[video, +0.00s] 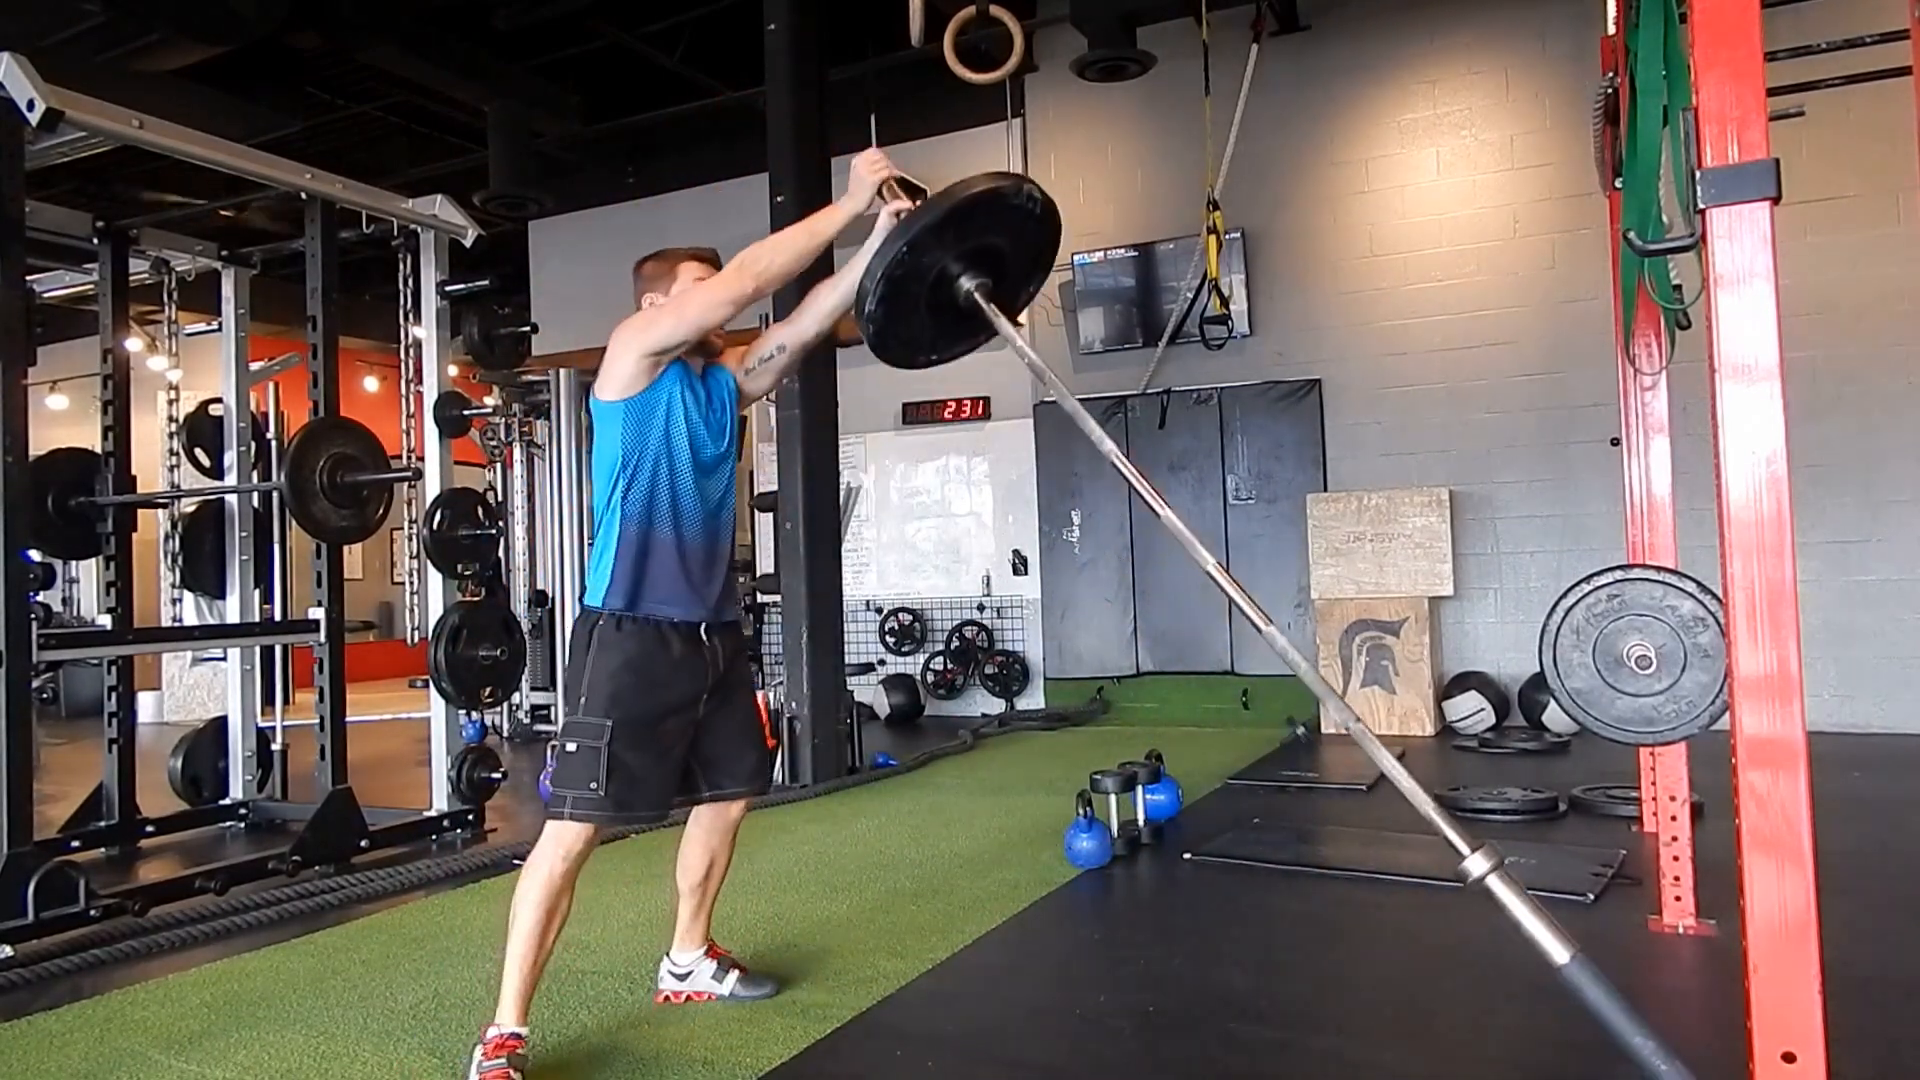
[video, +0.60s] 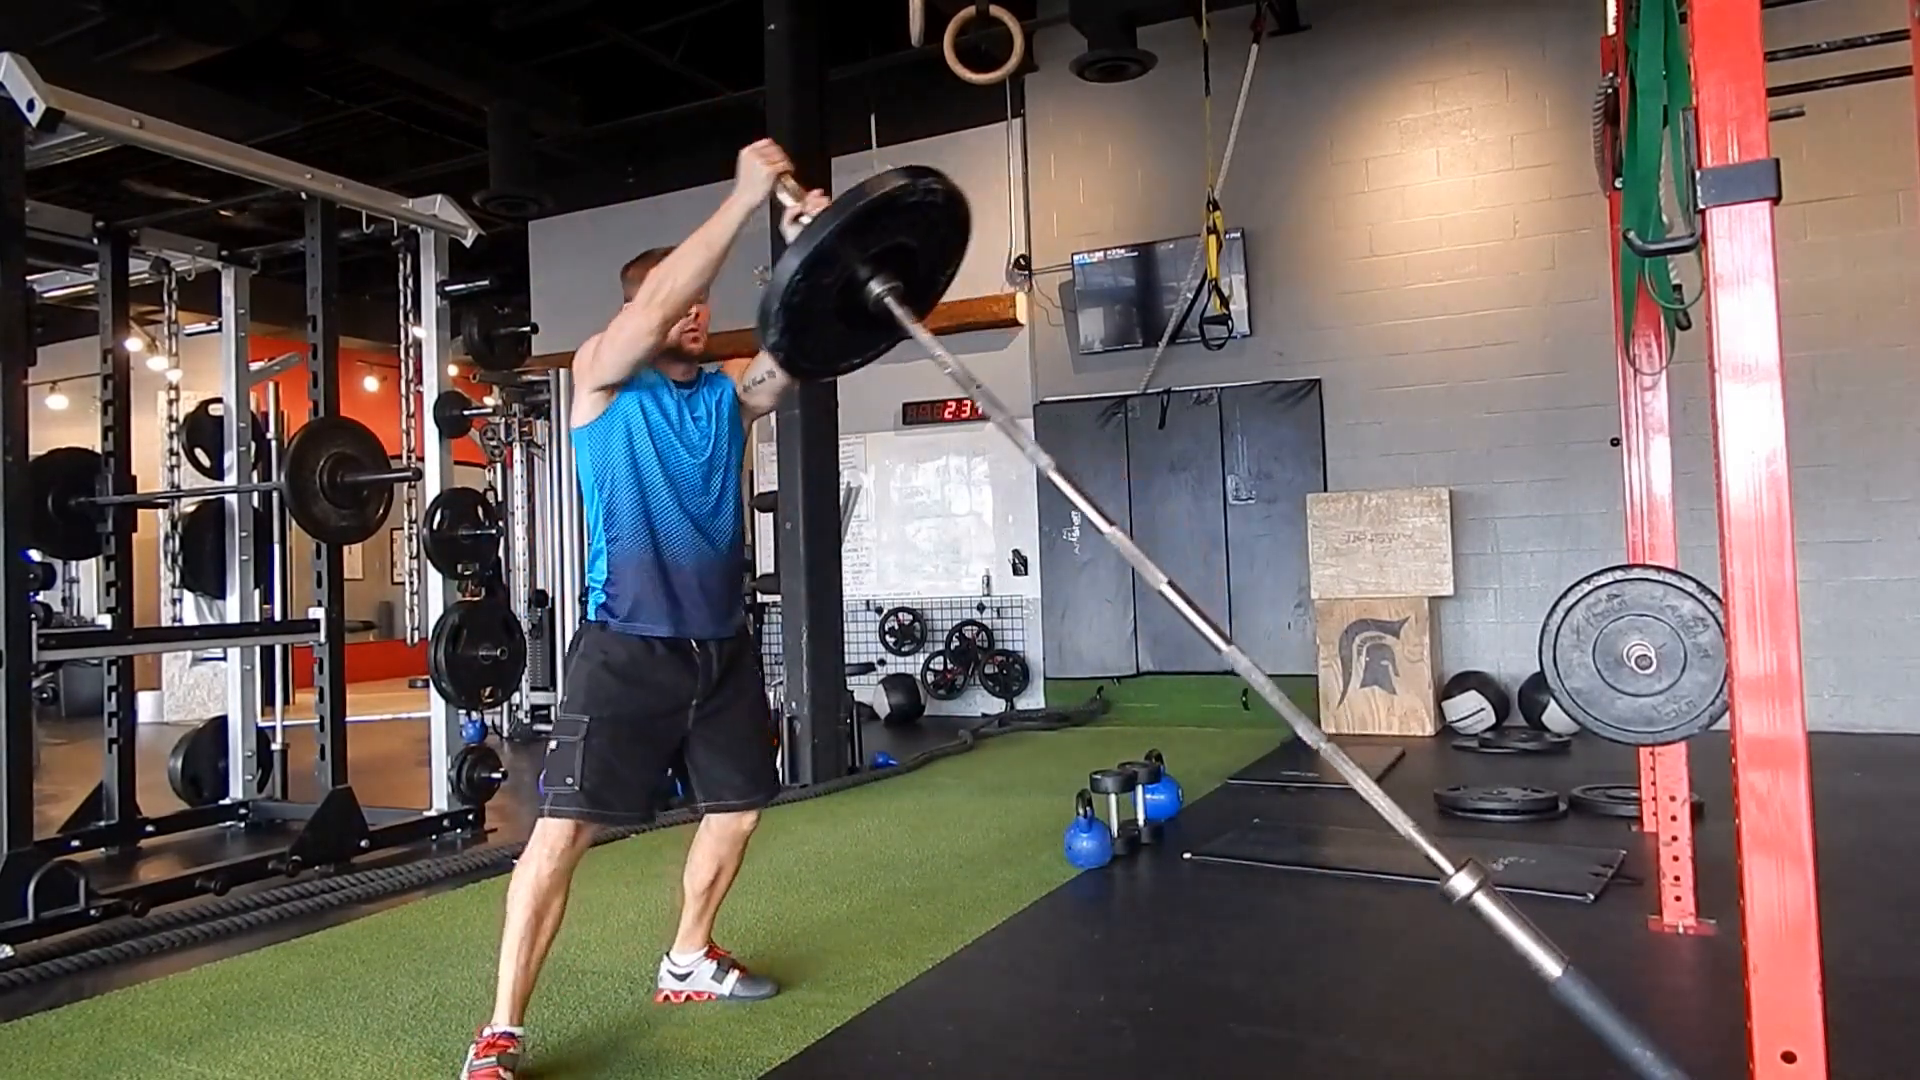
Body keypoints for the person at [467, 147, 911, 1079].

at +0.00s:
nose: (721, 288)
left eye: (720, 279)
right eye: (705, 278)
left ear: (708, 296)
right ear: (657, 296)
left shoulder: (728, 371)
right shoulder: (630, 349)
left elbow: (809, 320)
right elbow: (738, 288)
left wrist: (877, 239)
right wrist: (848, 201)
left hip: (712, 634)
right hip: (627, 633)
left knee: (728, 788)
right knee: (576, 823)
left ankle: (687, 959)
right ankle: (507, 1027)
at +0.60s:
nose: (696, 311)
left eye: (699, 299)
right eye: (678, 299)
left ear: (707, 312)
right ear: (634, 311)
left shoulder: (729, 393)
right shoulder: (598, 385)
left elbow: (809, 343)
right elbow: (661, 299)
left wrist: (817, 239)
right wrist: (742, 198)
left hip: (724, 651)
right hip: (624, 651)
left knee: (737, 805)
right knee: (564, 829)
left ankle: (687, 962)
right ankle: (503, 1027)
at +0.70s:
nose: (678, 323)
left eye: (689, 307)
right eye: (663, 309)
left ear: (707, 320)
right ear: (632, 323)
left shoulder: (731, 402)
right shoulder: (589, 401)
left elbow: (800, 335)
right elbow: (613, 337)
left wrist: (763, 252)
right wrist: (678, 230)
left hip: (720, 657)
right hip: (613, 657)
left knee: (739, 811)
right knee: (547, 827)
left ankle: (692, 953)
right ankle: (494, 1031)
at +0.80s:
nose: (658, 334)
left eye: (672, 319)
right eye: (642, 318)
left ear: (698, 331)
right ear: (618, 330)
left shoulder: (722, 401)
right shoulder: (588, 397)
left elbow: (764, 378)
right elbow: (560, 421)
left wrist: (714, 312)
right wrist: (610, 295)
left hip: (708, 659)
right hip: (595, 658)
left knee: (738, 823)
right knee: (526, 826)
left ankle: (716, 940)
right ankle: (493, 1032)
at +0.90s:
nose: (632, 351)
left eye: (647, 334)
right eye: (617, 338)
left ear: (679, 333)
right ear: (598, 346)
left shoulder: (709, 407)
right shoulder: (576, 411)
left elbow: (722, 422)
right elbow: (526, 480)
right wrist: (543, 385)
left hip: (690, 669)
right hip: (576, 666)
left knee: (730, 839)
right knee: (498, 827)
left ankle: (752, 932)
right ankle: (497, 1034)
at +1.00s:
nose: (602, 371)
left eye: (617, 352)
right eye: (589, 357)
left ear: (657, 350)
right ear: (578, 361)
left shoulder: (700, 429)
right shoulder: (550, 441)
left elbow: (683, 515)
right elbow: (511, 547)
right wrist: (487, 486)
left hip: (673, 679)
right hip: (562, 678)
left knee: (727, 857)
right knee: (482, 831)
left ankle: (769, 925)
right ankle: (497, 1037)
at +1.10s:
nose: (567, 386)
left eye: (583, 367)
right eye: (555, 372)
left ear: (628, 364)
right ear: (544, 377)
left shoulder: (672, 441)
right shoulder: (534, 458)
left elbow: (654, 558)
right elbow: (511, 575)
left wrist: (542, 578)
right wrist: (453, 568)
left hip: (657, 692)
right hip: (552, 692)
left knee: (719, 865)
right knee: (470, 836)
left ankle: (774, 924)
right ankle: (493, 1035)